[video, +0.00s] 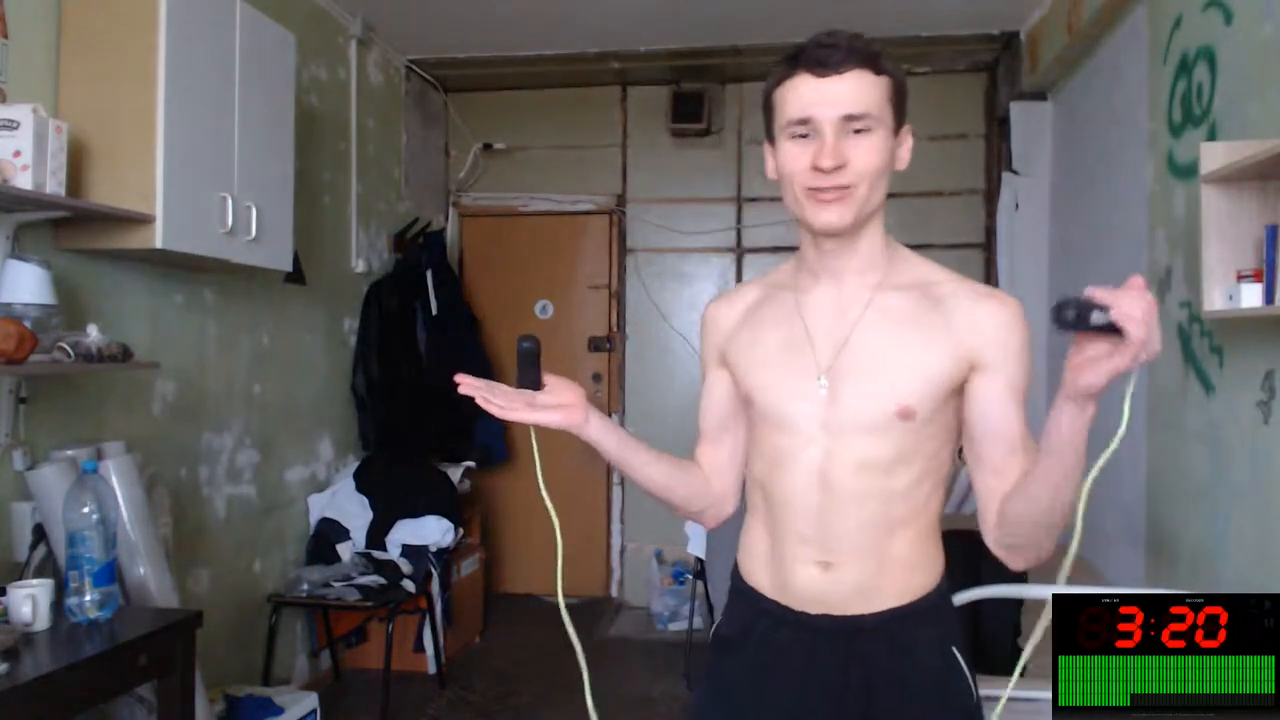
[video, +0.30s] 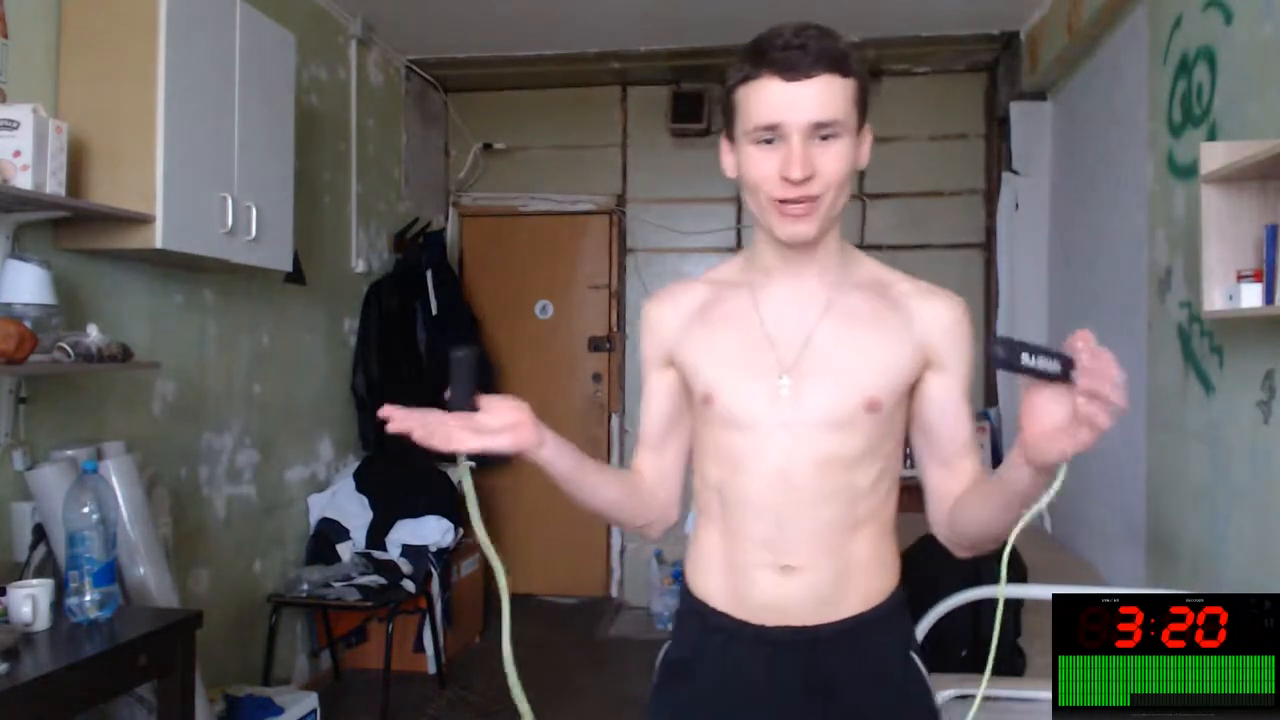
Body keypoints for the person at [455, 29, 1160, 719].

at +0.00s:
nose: (826, 158)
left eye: (855, 131)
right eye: (801, 134)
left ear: (899, 151)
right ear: (773, 161)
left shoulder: (979, 320)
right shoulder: (733, 318)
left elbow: (1018, 543)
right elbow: (710, 498)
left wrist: (1077, 397)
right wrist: (590, 422)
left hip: (904, 655)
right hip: (759, 648)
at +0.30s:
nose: (797, 168)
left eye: (824, 137)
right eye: (768, 139)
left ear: (862, 149)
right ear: (729, 156)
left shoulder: (928, 319)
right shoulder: (676, 317)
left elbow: (962, 528)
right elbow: (651, 506)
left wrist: (1033, 458)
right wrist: (535, 440)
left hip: (865, 660)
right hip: (715, 660)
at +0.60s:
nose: (717, 161)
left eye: (741, 129)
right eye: (687, 137)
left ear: (779, 142)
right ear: (651, 160)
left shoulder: (856, 313)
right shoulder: (601, 325)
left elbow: (884, 506)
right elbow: (597, 516)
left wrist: (968, 503)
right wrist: (499, 494)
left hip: (809, 666)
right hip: (655, 667)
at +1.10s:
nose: (714, 149)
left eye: (738, 120)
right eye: (685, 125)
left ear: (778, 142)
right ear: (649, 153)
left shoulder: (855, 314)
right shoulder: (596, 328)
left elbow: (897, 491)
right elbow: (570, 515)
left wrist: (893, 541)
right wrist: (589, 539)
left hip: (817, 669)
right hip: (662, 671)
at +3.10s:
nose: (751, 136)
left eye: (771, 109)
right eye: (716, 117)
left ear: (802, 133)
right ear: (674, 157)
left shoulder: (882, 310)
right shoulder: (615, 321)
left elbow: (929, 516)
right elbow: (583, 516)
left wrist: (869, 507)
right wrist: (634, 520)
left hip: (835, 673)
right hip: (677, 674)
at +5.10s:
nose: (709, 143)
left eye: (733, 114)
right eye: (679, 124)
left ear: (775, 140)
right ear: (651, 162)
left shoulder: (868, 308)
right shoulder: (606, 333)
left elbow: (932, 514)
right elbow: (590, 496)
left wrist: (826, 496)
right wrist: (583, 527)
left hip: (825, 676)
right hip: (668, 675)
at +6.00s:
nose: (726, 124)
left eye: (755, 108)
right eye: (700, 105)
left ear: (789, 152)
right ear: (662, 147)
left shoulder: (868, 303)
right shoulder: (603, 327)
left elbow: (948, 517)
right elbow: (573, 506)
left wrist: (833, 415)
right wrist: (602, 536)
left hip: (826, 669)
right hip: (671, 670)